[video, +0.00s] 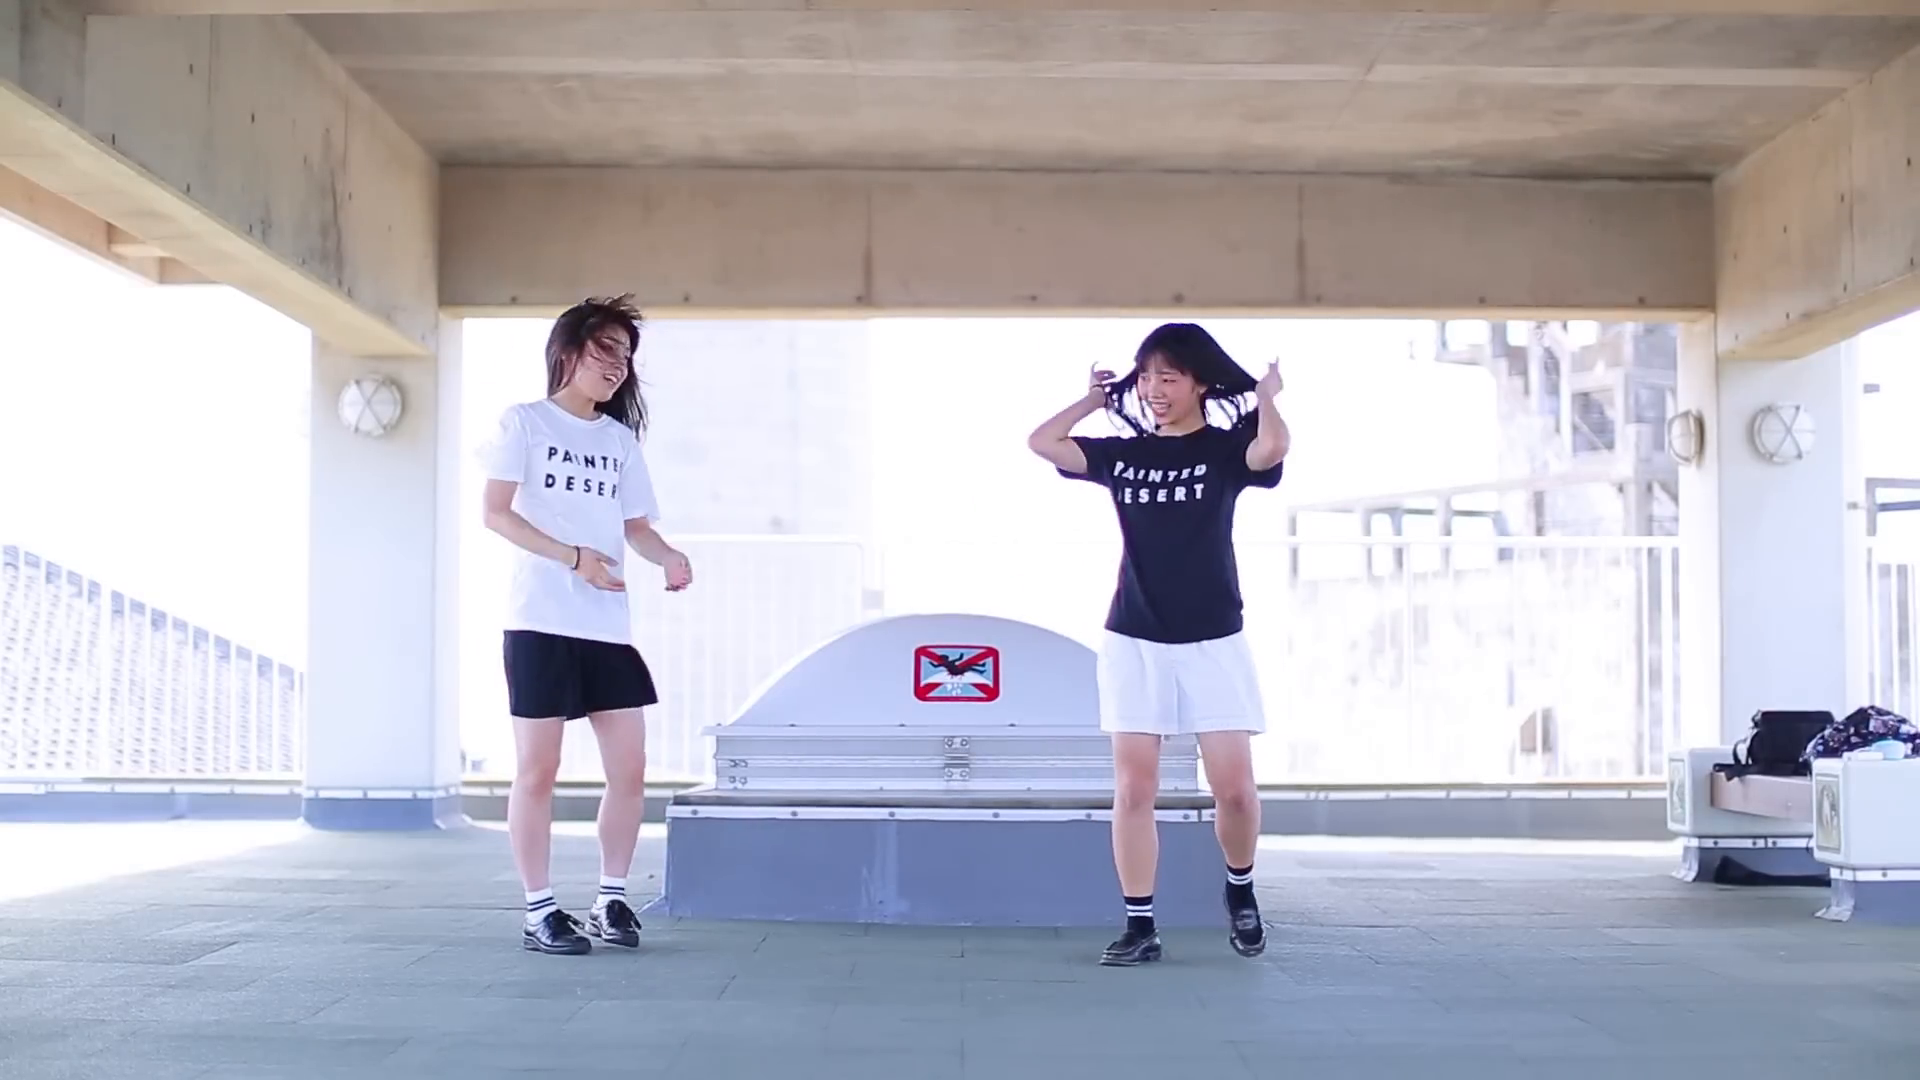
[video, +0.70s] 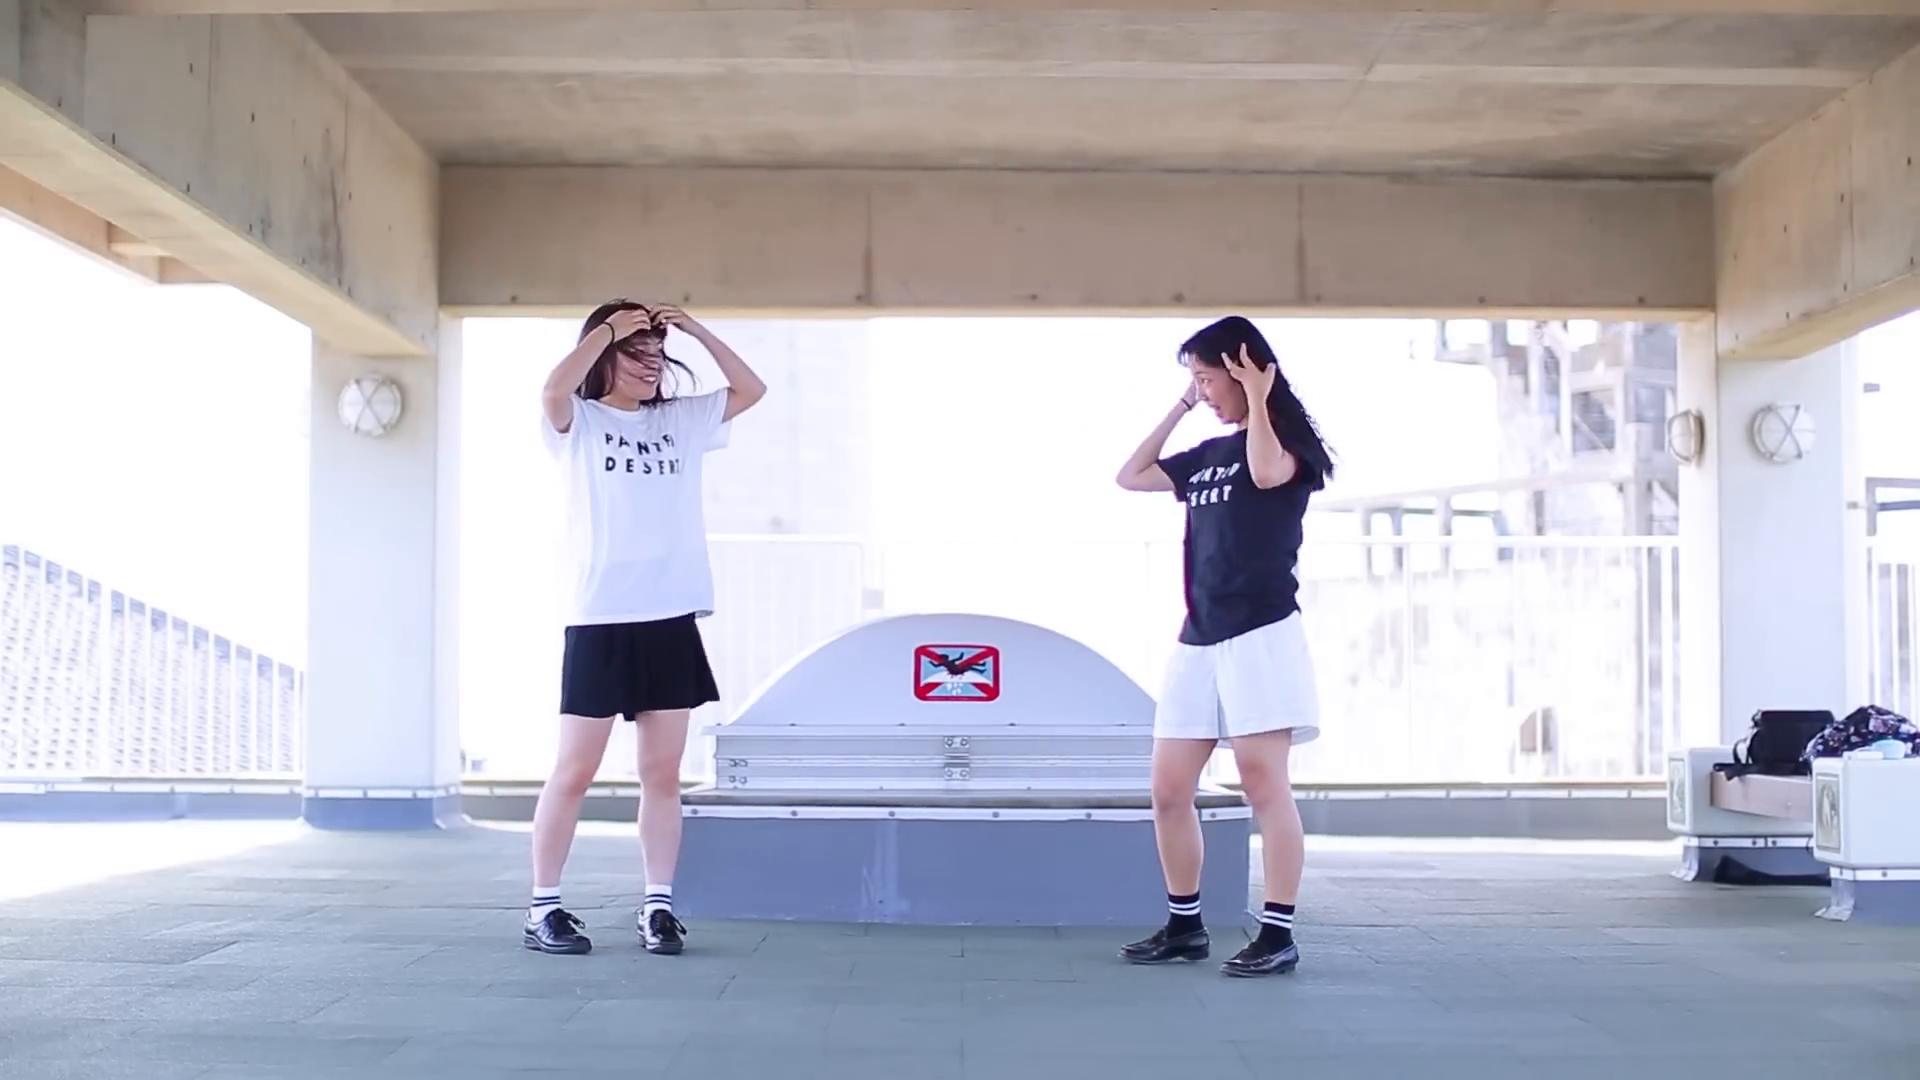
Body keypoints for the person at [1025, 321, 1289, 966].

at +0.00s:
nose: (1156, 390)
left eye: (1170, 377)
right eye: (1148, 379)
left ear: (1201, 383)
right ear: (1140, 387)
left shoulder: (1225, 447)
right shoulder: (1121, 455)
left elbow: (1273, 447)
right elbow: (1042, 442)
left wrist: (1266, 398)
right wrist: (1093, 399)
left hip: (1212, 638)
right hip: (1134, 639)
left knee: (1235, 791)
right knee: (1133, 788)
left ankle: (1241, 895)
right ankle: (1139, 928)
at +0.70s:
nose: (1196, 391)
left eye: (1203, 378)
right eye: (1193, 381)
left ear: (1243, 372)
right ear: (1211, 384)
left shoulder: (1292, 441)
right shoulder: (1210, 454)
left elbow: (1265, 472)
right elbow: (1133, 475)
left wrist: (1258, 397)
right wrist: (1176, 412)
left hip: (1262, 637)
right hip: (1198, 642)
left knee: (1264, 784)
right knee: (1169, 790)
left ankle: (1276, 936)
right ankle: (1184, 927)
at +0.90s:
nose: (1194, 389)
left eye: (1201, 374)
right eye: (1191, 377)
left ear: (1237, 371)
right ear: (1213, 379)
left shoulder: (1286, 437)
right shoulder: (1211, 455)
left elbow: (1283, 523)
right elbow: (1176, 541)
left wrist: (1239, 442)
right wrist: (1145, 467)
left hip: (1259, 636)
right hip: (1197, 640)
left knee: (1258, 782)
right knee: (1173, 794)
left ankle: (1276, 936)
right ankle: (1195, 920)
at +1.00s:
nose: (1182, 385)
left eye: (1190, 371)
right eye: (1180, 371)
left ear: (1228, 373)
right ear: (1211, 374)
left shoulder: (1280, 440)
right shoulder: (1204, 452)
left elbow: (1296, 540)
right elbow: (1196, 551)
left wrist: (1227, 499)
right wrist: (1120, 538)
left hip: (1254, 635)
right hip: (1192, 640)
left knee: (1257, 784)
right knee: (1172, 795)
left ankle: (1275, 935)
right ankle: (1185, 923)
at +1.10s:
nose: (1166, 383)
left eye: (1174, 370)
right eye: (1165, 371)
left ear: (1213, 373)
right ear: (1200, 377)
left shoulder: (1260, 439)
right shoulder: (1190, 455)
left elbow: (1291, 542)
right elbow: (1188, 560)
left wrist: (1233, 564)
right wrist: (1127, 611)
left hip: (1245, 639)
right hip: (1185, 643)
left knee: (1252, 782)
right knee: (1167, 793)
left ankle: (1275, 935)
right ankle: (1180, 925)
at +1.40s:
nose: (1140, 401)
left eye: (1147, 386)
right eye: (1133, 390)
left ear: (1182, 375)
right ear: (1135, 389)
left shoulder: (1230, 439)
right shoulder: (1147, 453)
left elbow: (1245, 542)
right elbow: (1146, 545)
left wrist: (1177, 526)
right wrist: (1099, 562)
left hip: (1216, 635)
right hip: (1151, 638)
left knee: (1215, 777)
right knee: (1154, 785)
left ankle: (1260, 928)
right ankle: (1179, 925)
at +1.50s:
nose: (1141, 415)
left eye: (1148, 403)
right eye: (1134, 405)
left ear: (1179, 390)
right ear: (1137, 399)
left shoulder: (1230, 436)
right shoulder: (1141, 446)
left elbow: (1216, 521)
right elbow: (1104, 539)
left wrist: (1161, 450)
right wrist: (1077, 496)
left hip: (1214, 632)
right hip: (1147, 637)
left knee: (1212, 772)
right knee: (1154, 785)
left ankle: (1246, 924)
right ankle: (1178, 927)